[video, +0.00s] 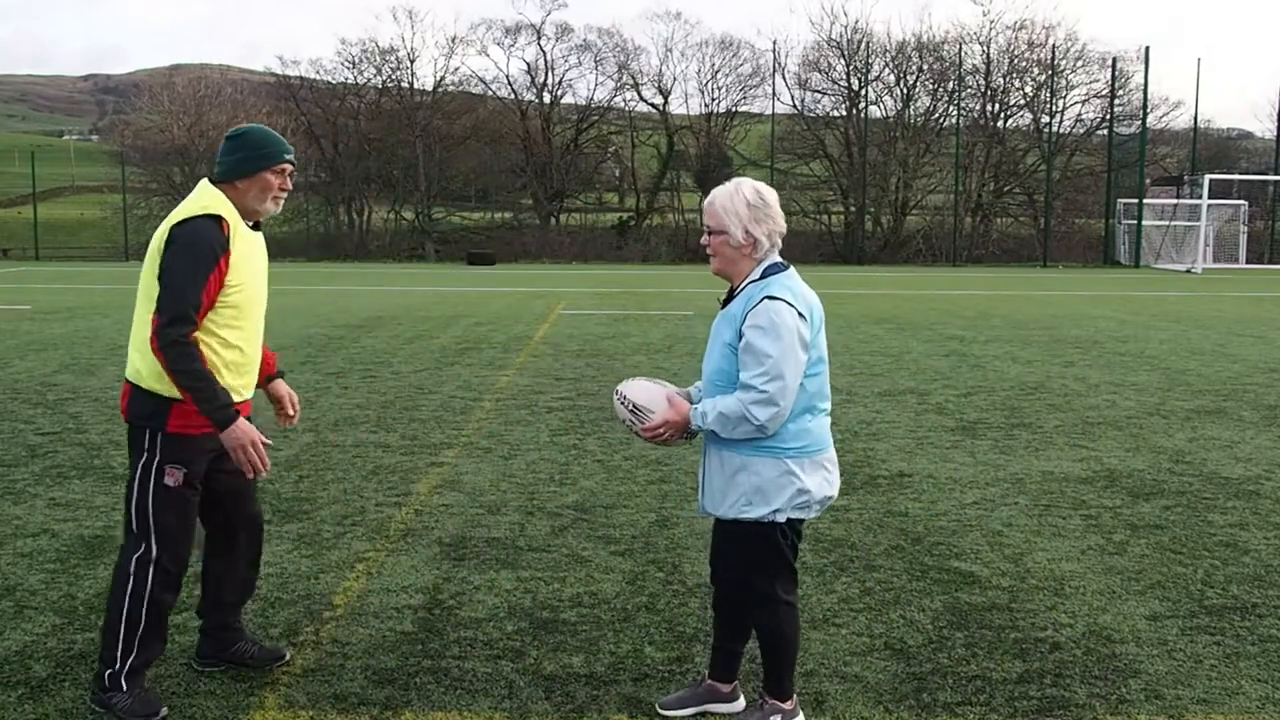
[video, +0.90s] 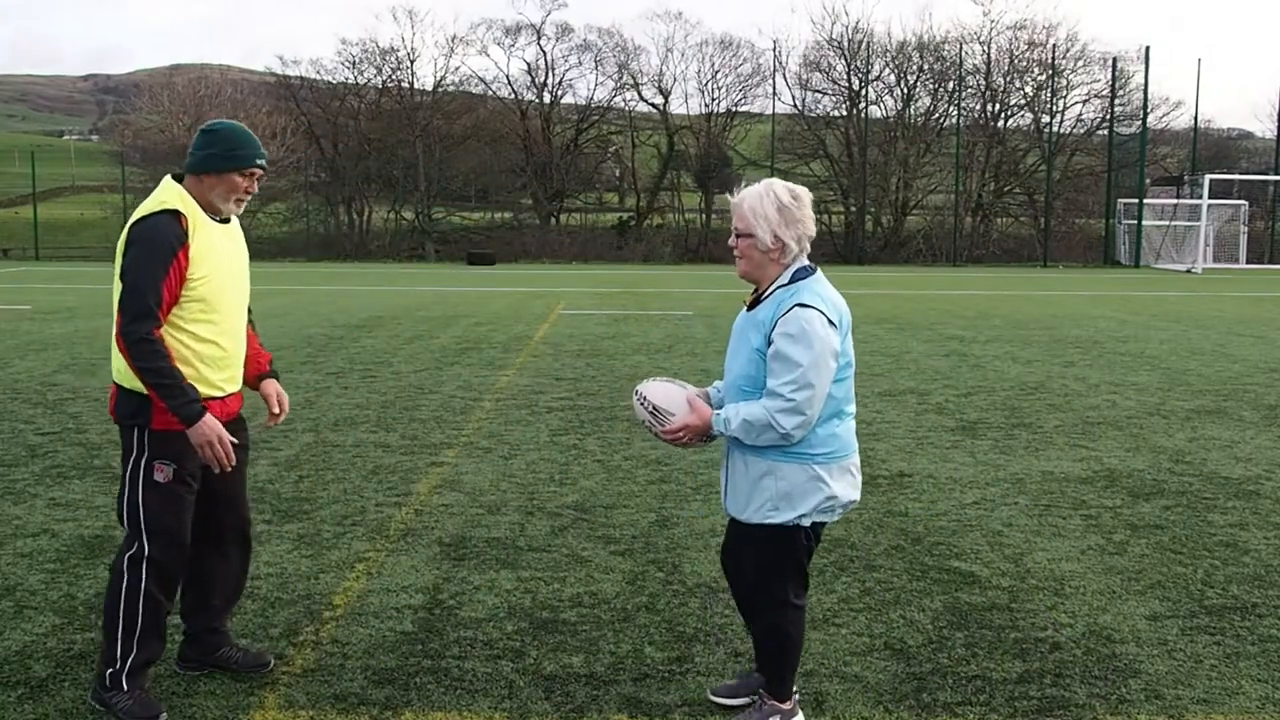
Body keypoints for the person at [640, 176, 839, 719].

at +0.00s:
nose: (704, 243)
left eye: (714, 233)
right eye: (704, 231)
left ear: (750, 240)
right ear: (745, 241)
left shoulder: (775, 306)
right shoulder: (750, 297)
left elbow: (765, 407)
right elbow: (735, 382)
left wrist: (695, 415)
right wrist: (683, 402)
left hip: (775, 474)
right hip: (743, 469)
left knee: (769, 589)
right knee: (729, 579)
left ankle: (780, 703)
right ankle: (721, 685)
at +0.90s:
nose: (732, 244)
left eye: (742, 235)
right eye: (733, 234)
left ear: (778, 244)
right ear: (770, 245)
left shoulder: (804, 313)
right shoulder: (771, 302)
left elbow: (789, 416)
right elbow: (751, 383)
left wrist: (716, 421)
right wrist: (702, 401)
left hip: (796, 478)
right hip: (763, 470)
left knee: (774, 584)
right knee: (740, 563)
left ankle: (781, 699)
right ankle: (770, 674)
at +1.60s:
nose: (834, 252)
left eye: (847, 242)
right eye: (832, 241)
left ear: (883, 249)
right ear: (833, 245)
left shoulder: (903, 317)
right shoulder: (871, 312)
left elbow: (900, 414)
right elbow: (856, 392)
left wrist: (826, 426)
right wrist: (811, 413)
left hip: (905, 480)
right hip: (879, 475)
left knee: (846, 573)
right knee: (885, 578)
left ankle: (796, 695)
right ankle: (932, 681)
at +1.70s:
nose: (854, 250)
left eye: (867, 241)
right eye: (851, 240)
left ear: (903, 248)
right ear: (850, 245)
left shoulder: (924, 314)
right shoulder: (886, 309)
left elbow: (926, 410)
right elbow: (872, 390)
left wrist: (851, 424)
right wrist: (826, 418)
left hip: (928, 473)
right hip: (898, 468)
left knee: (859, 563)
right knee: (896, 573)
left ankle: (830, 693)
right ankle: (933, 681)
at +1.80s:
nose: (875, 247)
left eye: (888, 237)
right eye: (871, 237)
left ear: (924, 243)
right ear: (869, 242)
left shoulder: (946, 310)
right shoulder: (900, 308)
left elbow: (948, 403)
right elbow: (888, 386)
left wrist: (874, 422)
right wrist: (846, 412)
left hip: (948, 468)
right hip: (917, 463)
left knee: (881, 562)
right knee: (913, 570)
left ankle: (898, 693)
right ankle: (933, 681)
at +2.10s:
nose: (934, 244)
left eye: (947, 235)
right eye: (934, 233)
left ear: (984, 244)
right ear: (940, 237)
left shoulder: (1013, 312)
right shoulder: (959, 305)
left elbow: (1002, 408)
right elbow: (950, 381)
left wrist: (924, 412)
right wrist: (903, 398)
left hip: (1006, 478)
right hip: (959, 473)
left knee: (1010, 581)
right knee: (940, 572)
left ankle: (1077, 689)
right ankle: (935, 681)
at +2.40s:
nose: (988, 251)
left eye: (999, 242)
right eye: (987, 241)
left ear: (1037, 247)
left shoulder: (1078, 314)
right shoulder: (1015, 306)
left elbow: (1083, 412)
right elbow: (1008, 388)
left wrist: (1006, 427)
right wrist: (968, 418)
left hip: (1081, 480)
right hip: (1029, 472)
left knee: (1067, 586)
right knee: (1005, 560)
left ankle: (1082, 698)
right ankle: (1030, 677)